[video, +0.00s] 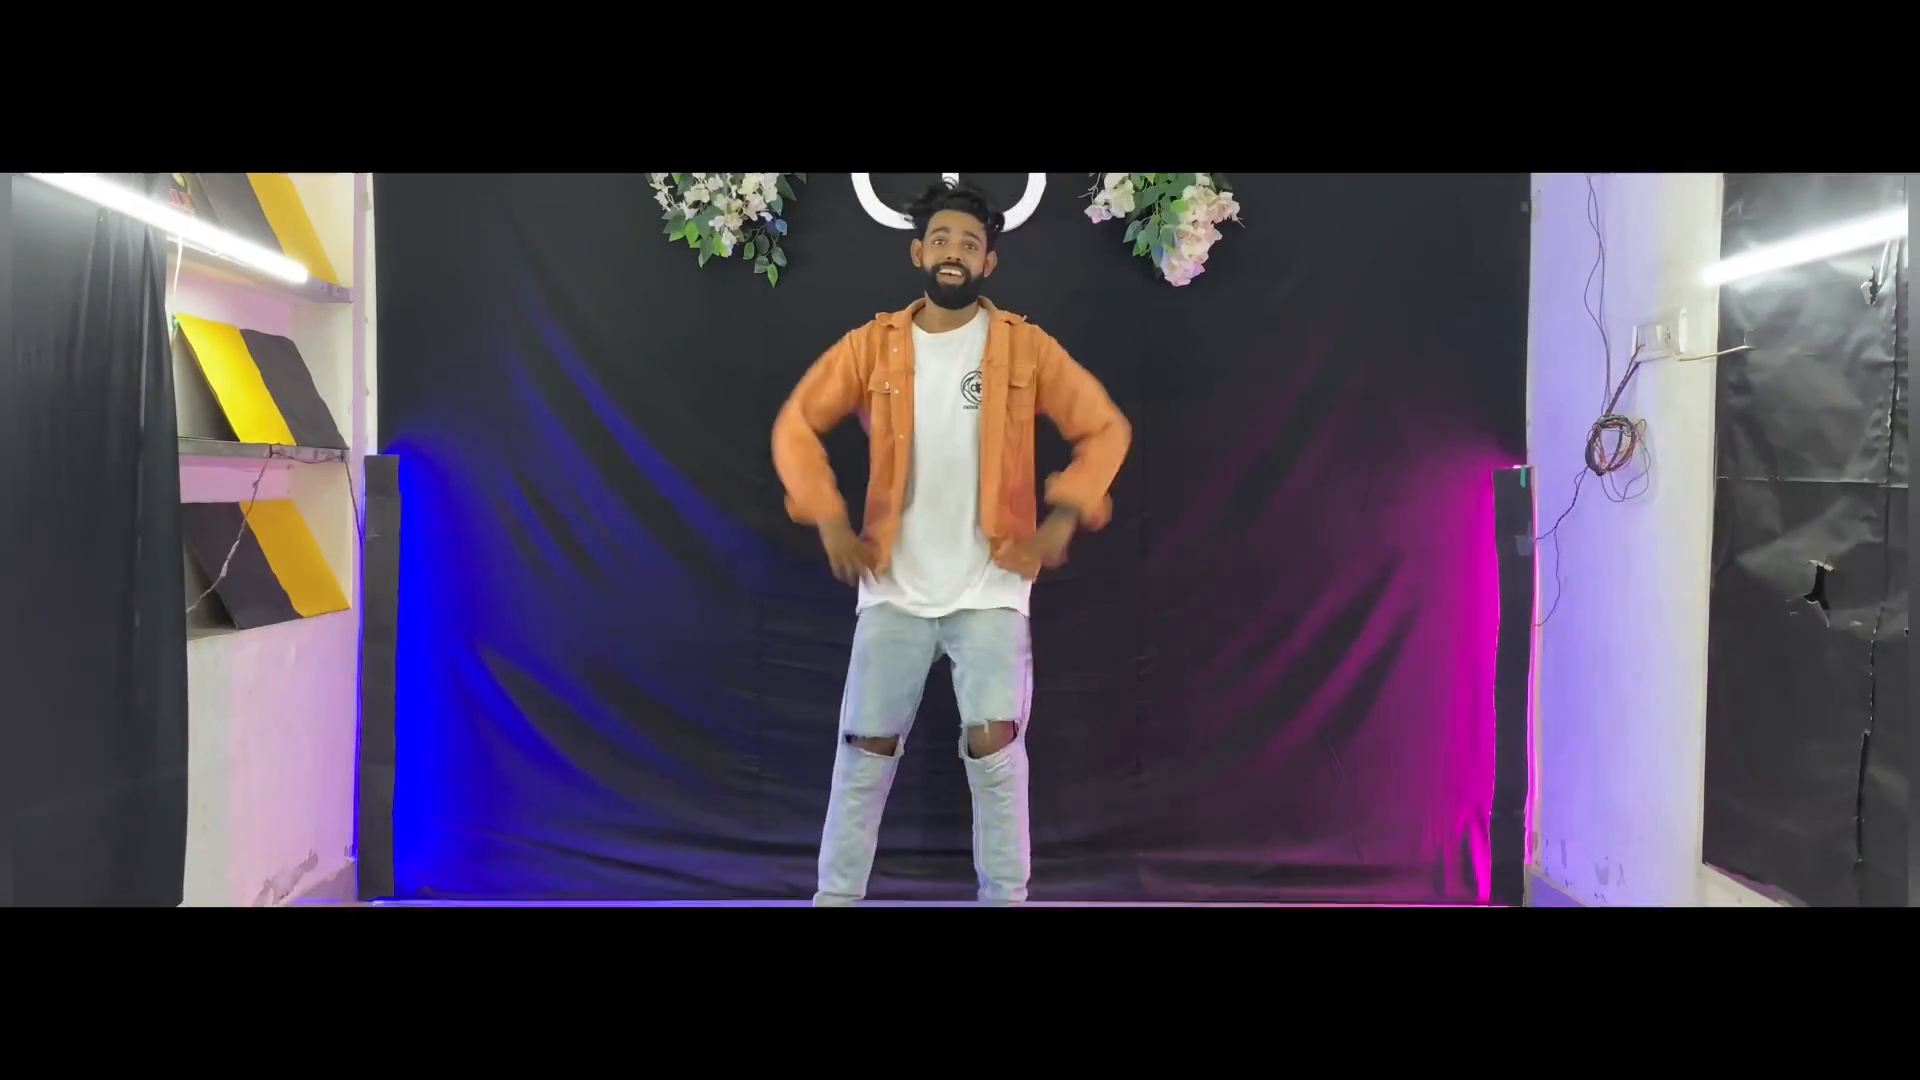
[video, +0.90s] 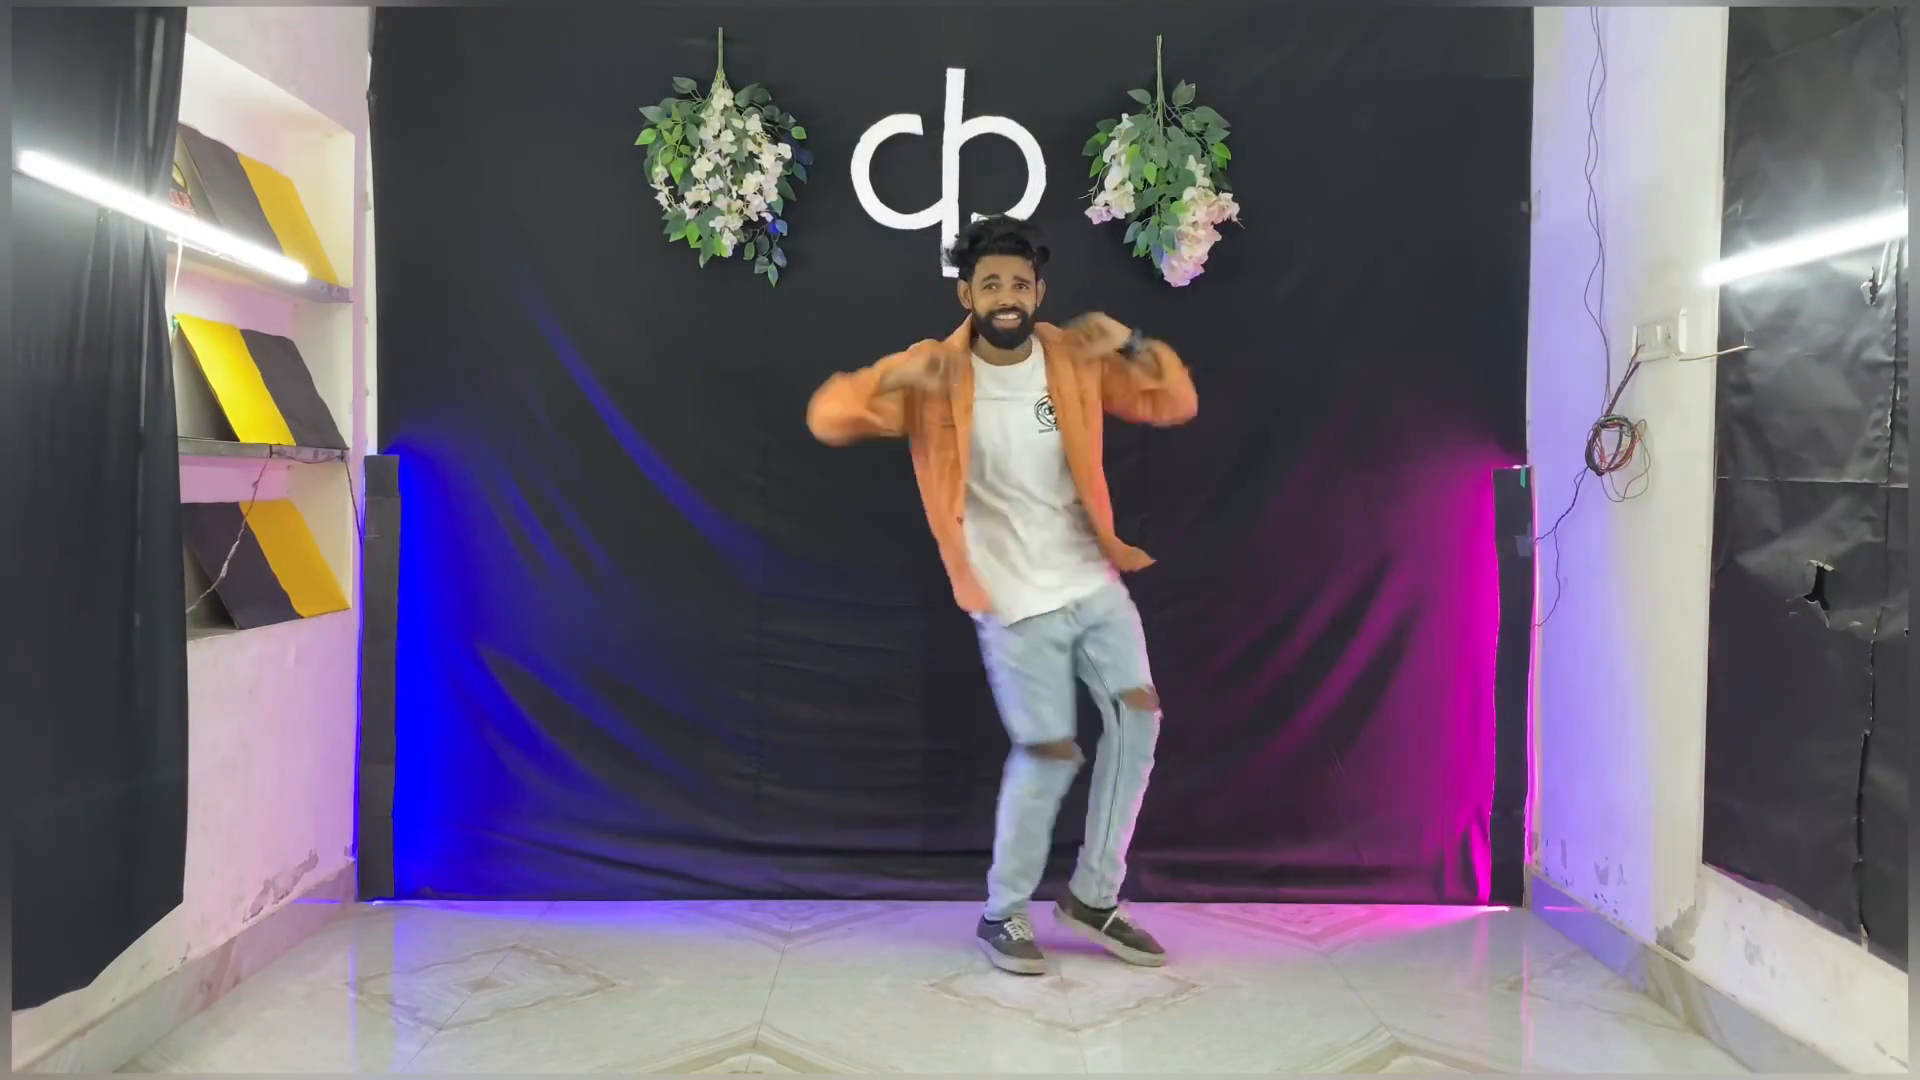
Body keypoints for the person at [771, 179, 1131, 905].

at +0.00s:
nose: (952, 253)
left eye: (969, 242)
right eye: (939, 239)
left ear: (989, 262)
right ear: (917, 252)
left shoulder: (1026, 346)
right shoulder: (873, 344)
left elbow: (1107, 429)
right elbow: (794, 425)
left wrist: (1063, 513)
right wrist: (830, 519)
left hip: (992, 583)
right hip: (894, 582)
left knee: (995, 752)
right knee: (866, 752)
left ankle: (1003, 903)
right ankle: (834, 900)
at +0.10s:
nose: (950, 262)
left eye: (966, 250)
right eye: (937, 248)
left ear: (990, 266)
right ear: (916, 260)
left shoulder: (1030, 347)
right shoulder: (875, 345)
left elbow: (1103, 409)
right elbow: (806, 407)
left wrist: (1144, 435)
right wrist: (777, 453)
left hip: (979, 588)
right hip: (885, 584)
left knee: (976, 742)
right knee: (862, 747)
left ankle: (1026, 906)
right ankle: (833, 912)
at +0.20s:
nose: (959, 281)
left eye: (975, 267)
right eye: (946, 266)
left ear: (999, 277)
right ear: (924, 274)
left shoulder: (1033, 350)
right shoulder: (897, 354)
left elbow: (1085, 425)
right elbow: (871, 454)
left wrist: (1136, 362)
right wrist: (831, 399)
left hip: (971, 589)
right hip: (882, 580)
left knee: (950, 763)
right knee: (855, 751)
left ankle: (1042, 910)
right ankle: (829, 916)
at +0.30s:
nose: (963, 288)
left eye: (977, 273)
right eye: (954, 276)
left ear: (1014, 276)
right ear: (942, 285)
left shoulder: (1050, 347)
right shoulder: (926, 351)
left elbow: (1098, 373)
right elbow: (930, 430)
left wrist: (1042, 324)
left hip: (995, 583)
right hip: (910, 578)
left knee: (986, 757)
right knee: (867, 744)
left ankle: (1048, 913)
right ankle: (847, 912)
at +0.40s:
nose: (993, 291)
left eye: (1009, 278)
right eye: (981, 277)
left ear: (1034, 286)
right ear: (960, 284)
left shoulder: (1059, 347)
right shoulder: (941, 343)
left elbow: (1137, 311)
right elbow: (911, 401)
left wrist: (1057, 304)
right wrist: (986, 355)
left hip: (1029, 577)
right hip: (943, 570)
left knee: (1035, 734)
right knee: (876, 685)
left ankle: (1052, 912)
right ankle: (917, 871)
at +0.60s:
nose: (1018, 290)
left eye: (1030, 276)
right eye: (1002, 277)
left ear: (1046, 284)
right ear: (973, 286)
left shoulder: (1080, 327)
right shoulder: (932, 364)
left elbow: (1164, 294)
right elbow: (827, 373)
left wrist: (1141, 264)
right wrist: (889, 317)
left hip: (1088, 571)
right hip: (997, 579)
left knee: (1107, 728)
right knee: (971, 720)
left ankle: (1085, 908)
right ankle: (1015, 899)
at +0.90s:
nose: (1008, 297)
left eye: (1021, 283)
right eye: (992, 283)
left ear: (1039, 290)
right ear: (965, 290)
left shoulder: (1076, 356)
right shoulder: (933, 375)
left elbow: (1174, 405)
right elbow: (826, 419)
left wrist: (1134, 348)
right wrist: (894, 376)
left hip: (1094, 579)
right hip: (1010, 598)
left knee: (1137, 715)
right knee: (1048, 750)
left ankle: (1095, 895)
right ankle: (1005, 913)